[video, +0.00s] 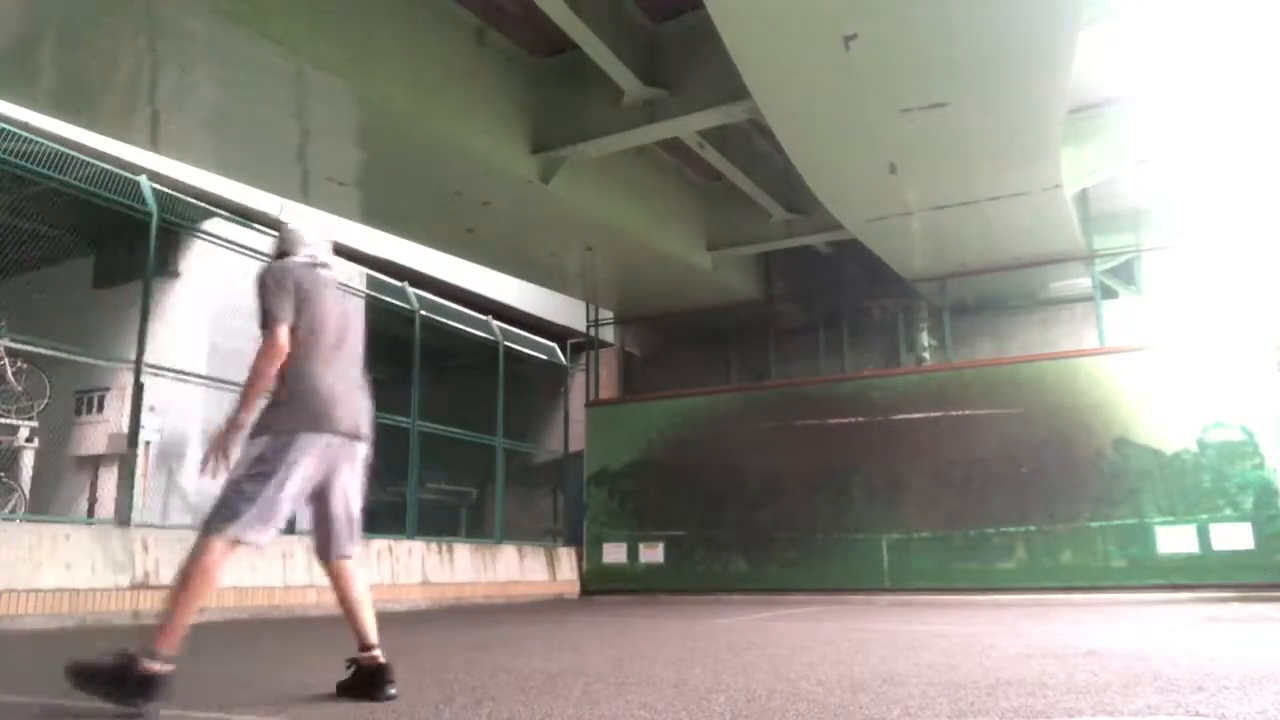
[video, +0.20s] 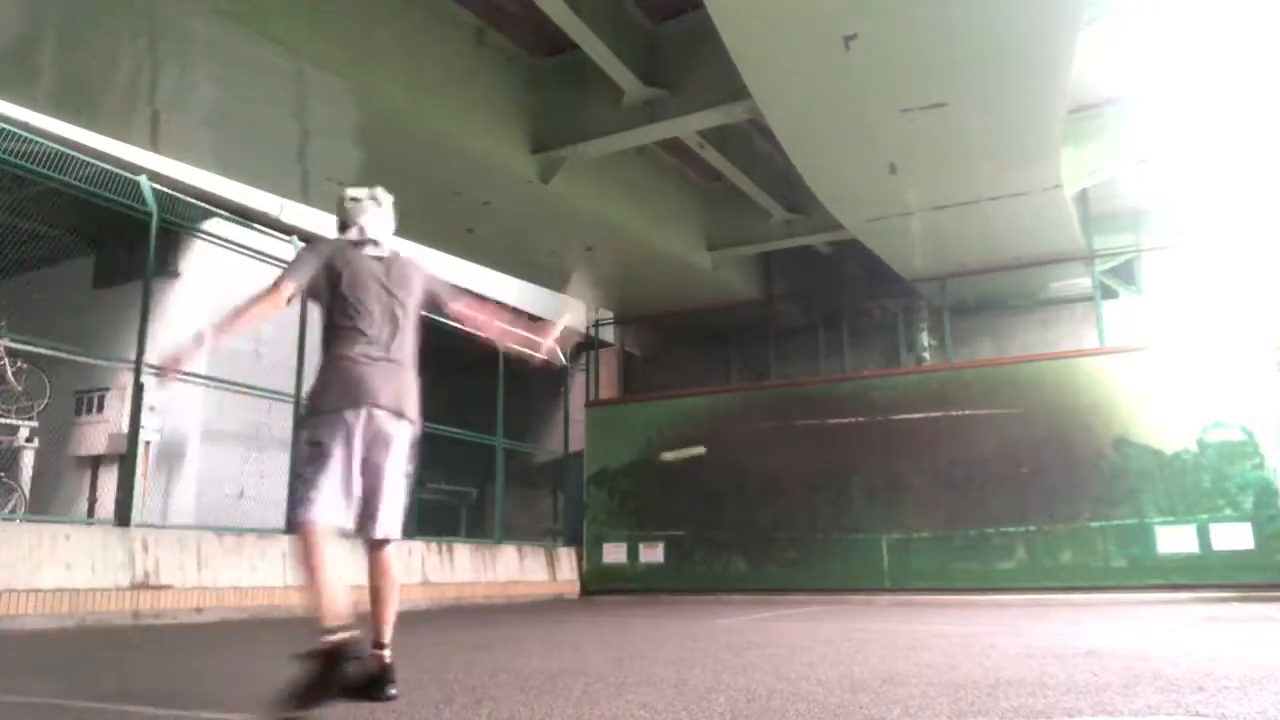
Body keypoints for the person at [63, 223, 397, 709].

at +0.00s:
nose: (273, 252)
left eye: (276, 245)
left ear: (283, 249)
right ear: (323, 254)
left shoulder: (282, 273)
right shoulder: (349, 295)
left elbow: (276, 347)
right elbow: (342, 367)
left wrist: (234, 426)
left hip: (302, 424)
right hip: (355, 431)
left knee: (220, 536)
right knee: (339, 552)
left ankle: (154, 662)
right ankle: (373, 663)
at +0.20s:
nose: (345, 224)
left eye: (345, 217)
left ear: (345, 221)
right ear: (390, 226)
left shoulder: (329, 251)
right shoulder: (414, 269)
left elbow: (277, 298)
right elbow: (475, 316)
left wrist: (203, 342)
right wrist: (535, 340)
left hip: (341, 397)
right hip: (400, 404)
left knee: (311, 519)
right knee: (383, 537)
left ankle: (335, 639)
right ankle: (382, 661)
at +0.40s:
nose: (399, 217)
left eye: (399, 210)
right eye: (411, 208)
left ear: (396, 216)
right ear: (439, 218)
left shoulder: (376, 260)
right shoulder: (470, 257)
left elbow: (311, 281)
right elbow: (545, 229)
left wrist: (243, 297)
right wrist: (613, 190)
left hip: (405, 408)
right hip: (456, 413)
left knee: (418, 528)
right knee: (419, 533)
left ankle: (475, 656)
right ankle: (385, 662)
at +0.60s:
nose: (462, 223)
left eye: (450, 214)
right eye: (479, 214)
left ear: (441, 220)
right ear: (488, 219)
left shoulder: (425, 270)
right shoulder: (515, 257)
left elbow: (381, 331)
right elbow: (603, 249)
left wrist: (345, 387)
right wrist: (662, 198)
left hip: (462, 413)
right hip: (520, 414)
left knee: (466, 542)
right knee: (480, 542)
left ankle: (492, 668)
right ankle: (435, 647)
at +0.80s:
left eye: (511, 197)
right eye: (539, 199)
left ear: (496, 206)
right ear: (541, 204)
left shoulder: (473, 258)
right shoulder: (563, 251)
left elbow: (454, 347)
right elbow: (632, 303)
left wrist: (478, 387)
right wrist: (688, 302)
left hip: (494, 407)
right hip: (557, 404)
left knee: (487, 538)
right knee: (569, 524)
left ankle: (494, 673)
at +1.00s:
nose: (570, 227)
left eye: (563, 218)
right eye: (582, 218)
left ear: (551, 225)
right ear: (598, 225)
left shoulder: (529, 274)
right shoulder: (625, 278)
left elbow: (509, 364)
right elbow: (668, 359)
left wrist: (542, 391)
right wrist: (630, 408)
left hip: (554, 427)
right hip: (614, 431)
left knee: (510, 549)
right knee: (636, 552)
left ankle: (503, 672)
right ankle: (671, 671)